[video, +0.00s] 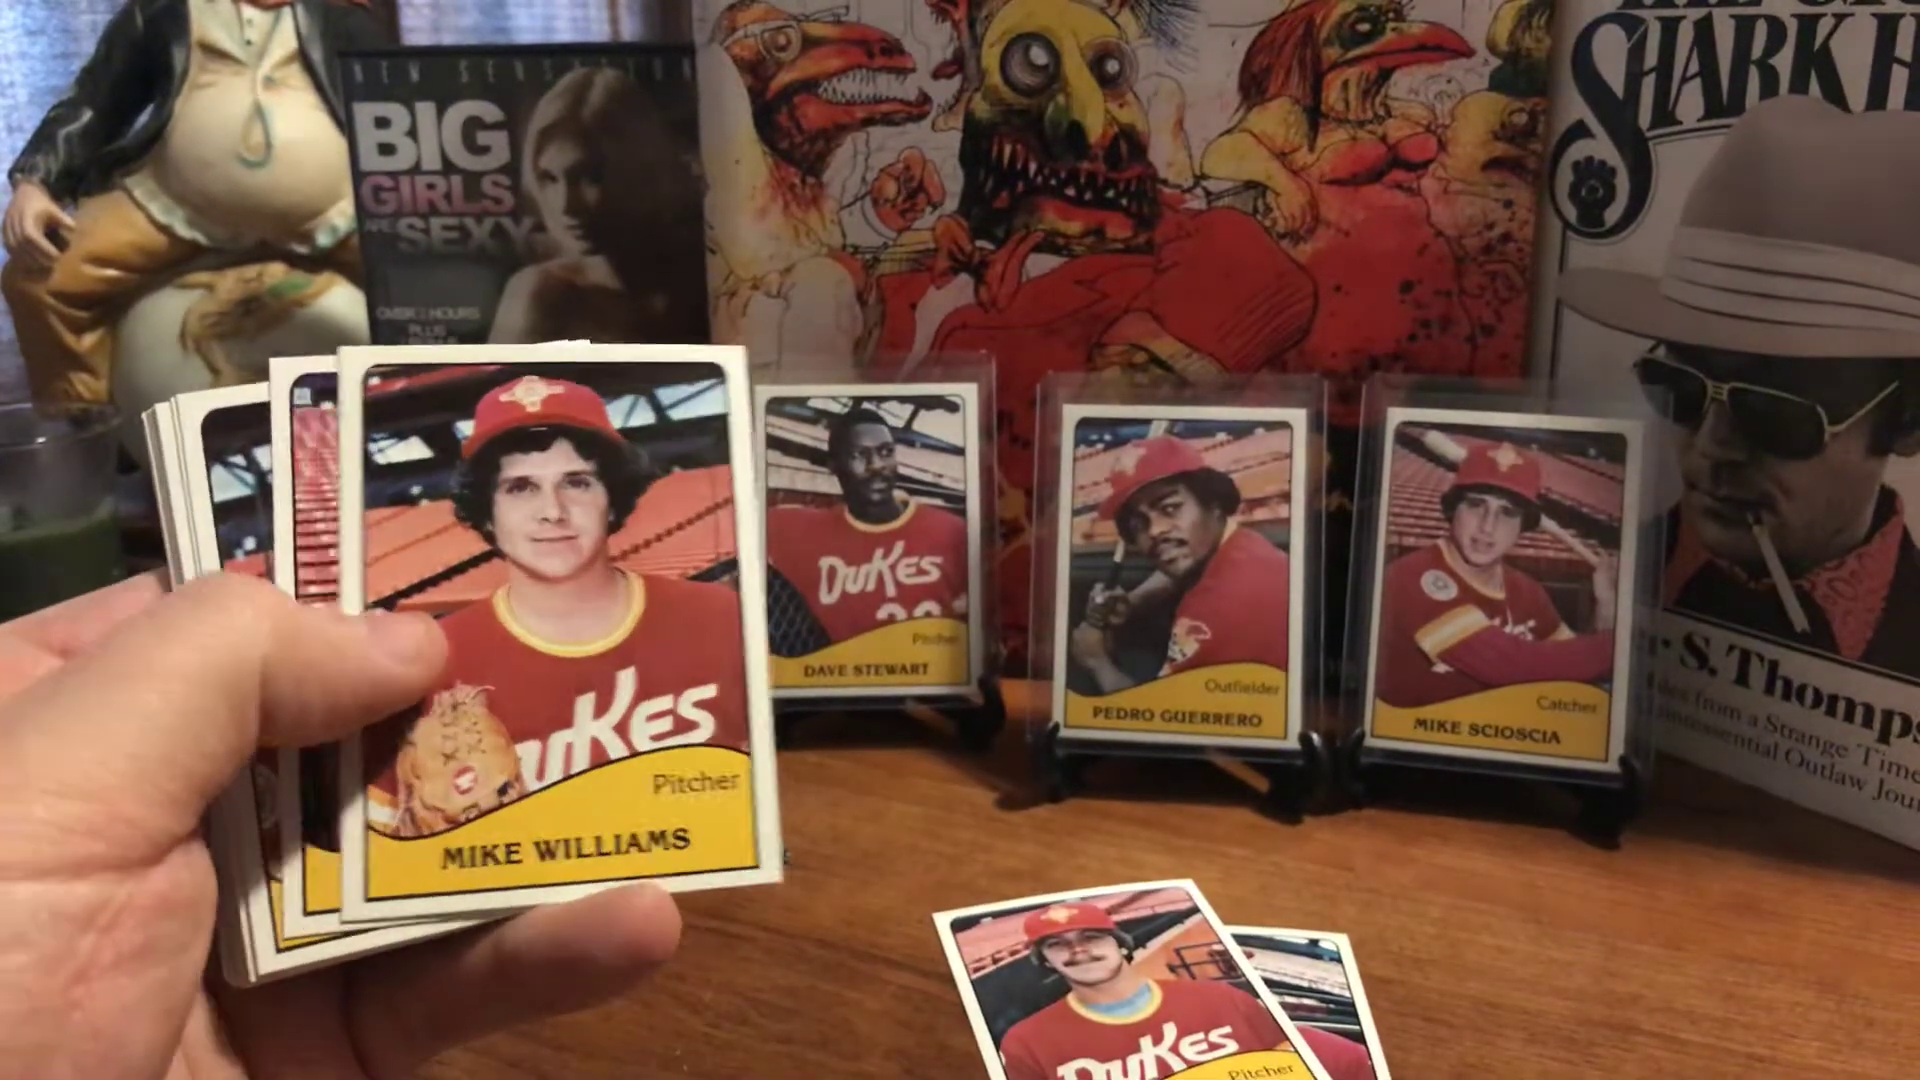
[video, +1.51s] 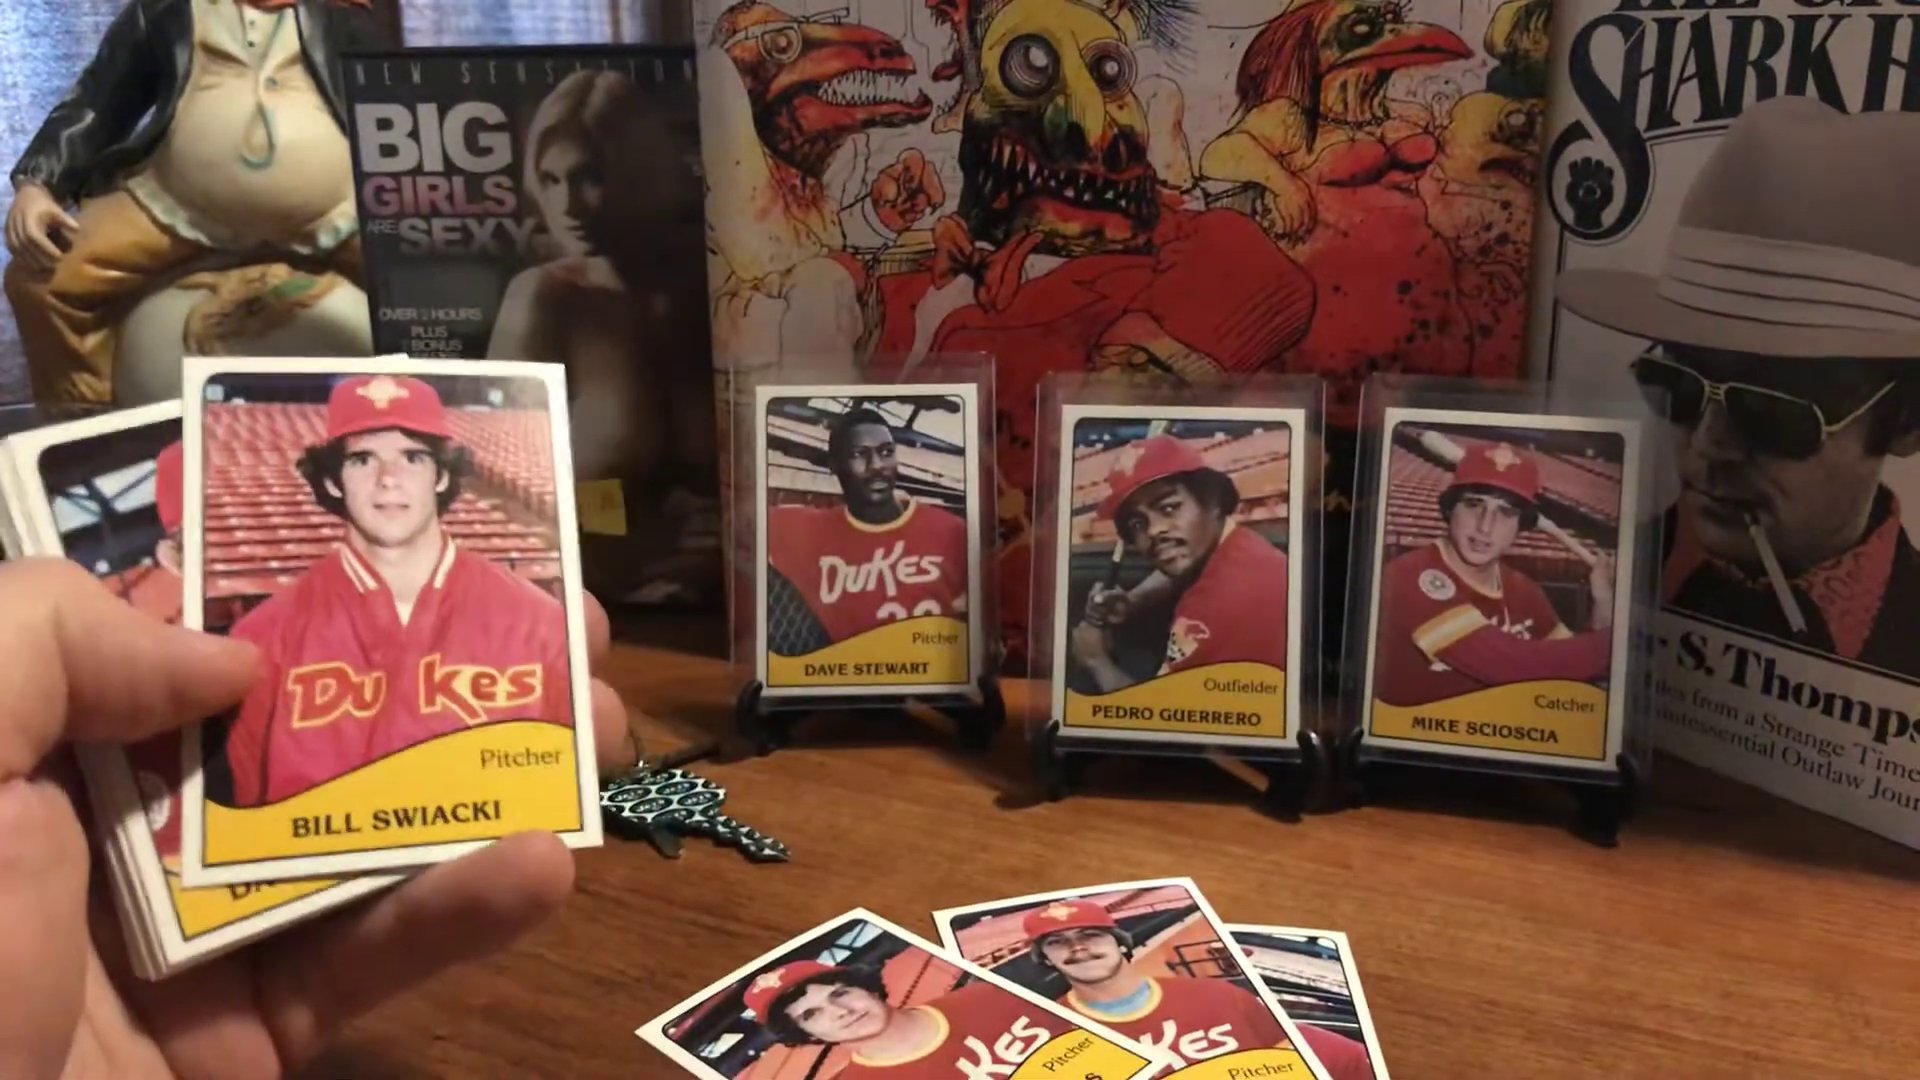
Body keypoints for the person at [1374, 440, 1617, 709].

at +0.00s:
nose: (1487, 526)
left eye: (1506, 513)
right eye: (1476, 505)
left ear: (1522, 527)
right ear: (1452, 509)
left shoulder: (1526, 592)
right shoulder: (1416, 578)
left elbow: (1579, 674)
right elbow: (1505, 665)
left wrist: (1606, 607)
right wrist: (1625, 642)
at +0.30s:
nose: (1486, 524)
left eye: (1506, 511)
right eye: (1475, 503)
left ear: (1521, 525)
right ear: (1452, 506)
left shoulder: (1525, 590)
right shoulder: (1415, 576)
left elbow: (1578, 674)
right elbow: (1503, 662)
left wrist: (1606, 607)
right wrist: (1626, 641)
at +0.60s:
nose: (1485, 527)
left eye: (1504, 513)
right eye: (1474, 505)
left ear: (1520, 527)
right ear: (1450, 509)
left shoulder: (1523, 591)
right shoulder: (1415, 578)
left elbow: (1578, 673)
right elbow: (1504, 665)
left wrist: (1604, 607)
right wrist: (1617, 642)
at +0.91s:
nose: (1485, 526)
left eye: (1504, 513)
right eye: (1473, 505)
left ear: (1520, 526)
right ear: (1450, 509)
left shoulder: (1523, 591)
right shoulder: (1414, 577)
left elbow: (1577, 671)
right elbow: (1505, 665)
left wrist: (1604, 607)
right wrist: (1616, 641)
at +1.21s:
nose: (1485, 527)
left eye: (1505, 513)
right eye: (1474, 505)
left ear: (1520, 526)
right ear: (1450, 509)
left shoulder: (1523, 591)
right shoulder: (1414, 578)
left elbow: (1578, 671)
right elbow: (1504, 665)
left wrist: (1604, 607)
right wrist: (1616, 643)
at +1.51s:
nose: (1485, 526)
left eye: (1504, 512)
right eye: (1474, 505)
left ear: (1520, 526)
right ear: (1450, 509)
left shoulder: (1523, 591)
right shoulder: (1413, 577)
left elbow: (1576, 673)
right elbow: (1505, 664)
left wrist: (1604, 607)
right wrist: (1618, 639)